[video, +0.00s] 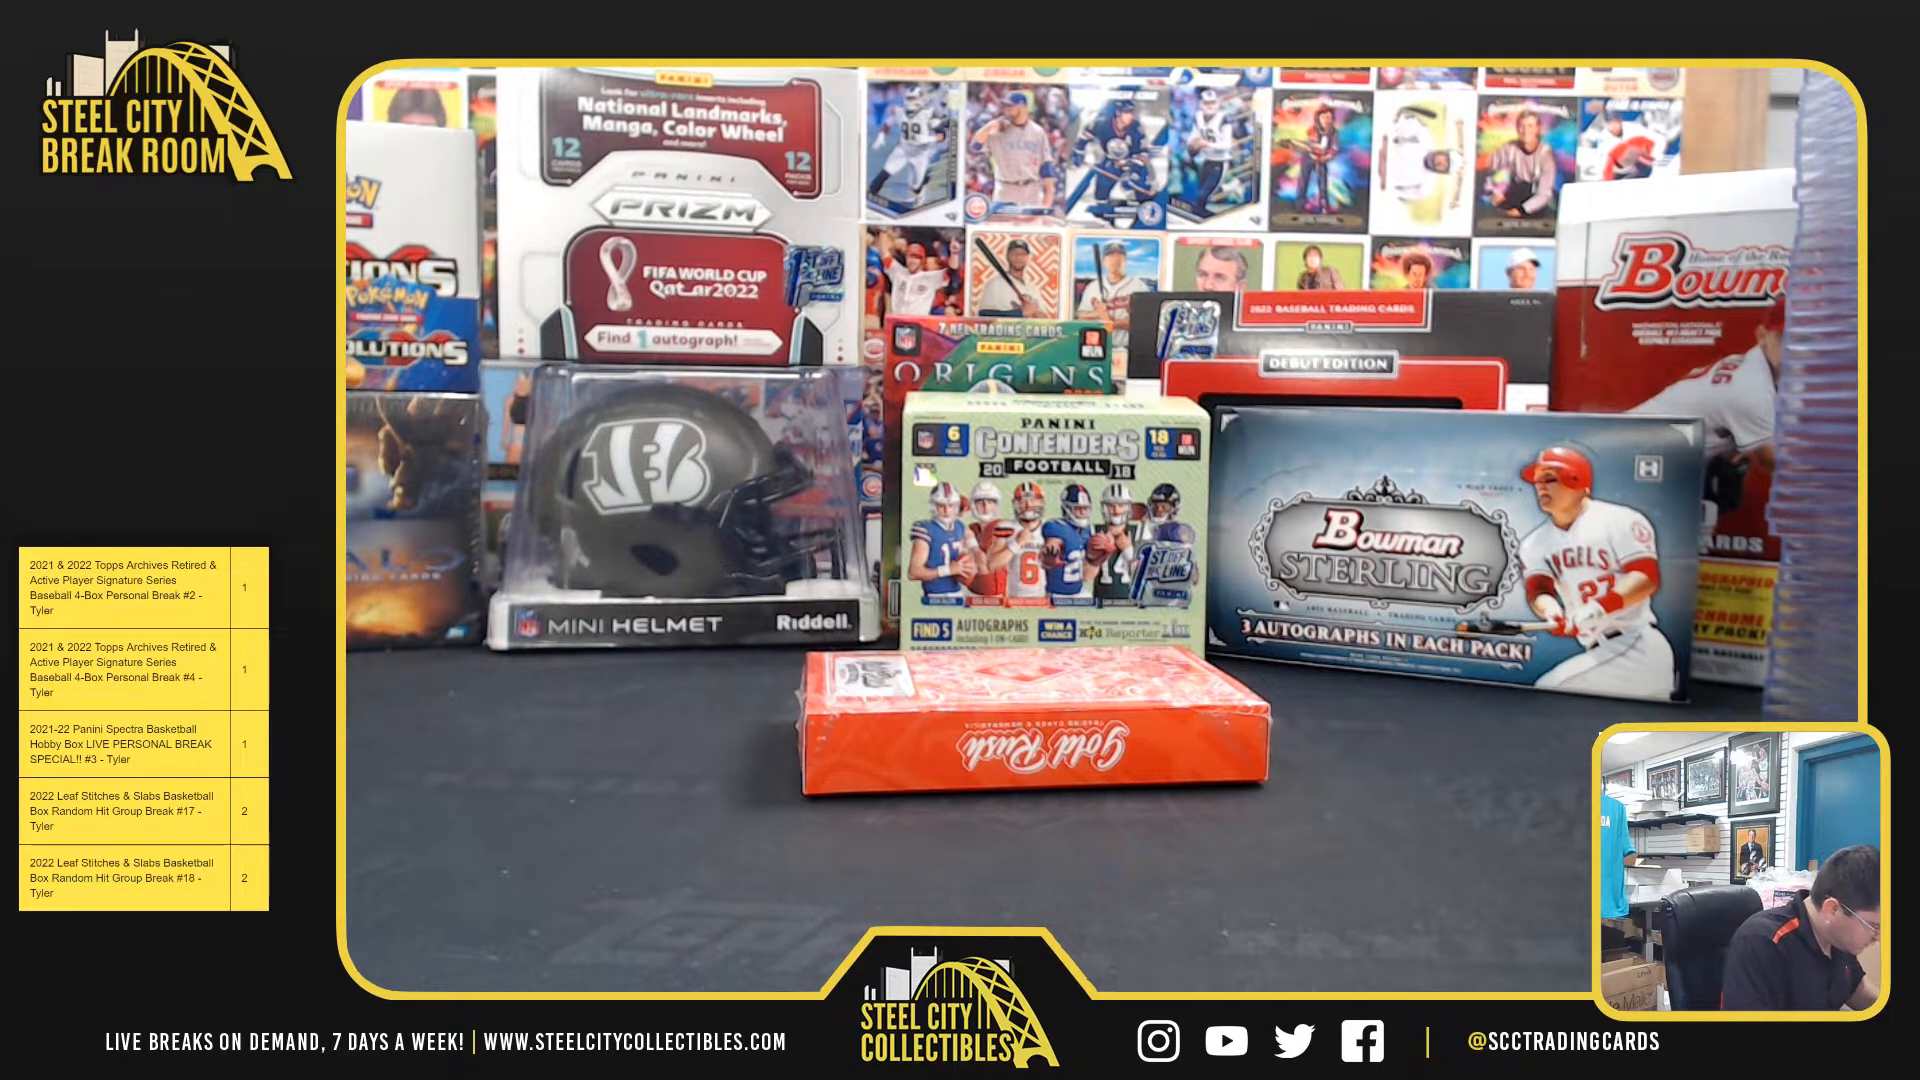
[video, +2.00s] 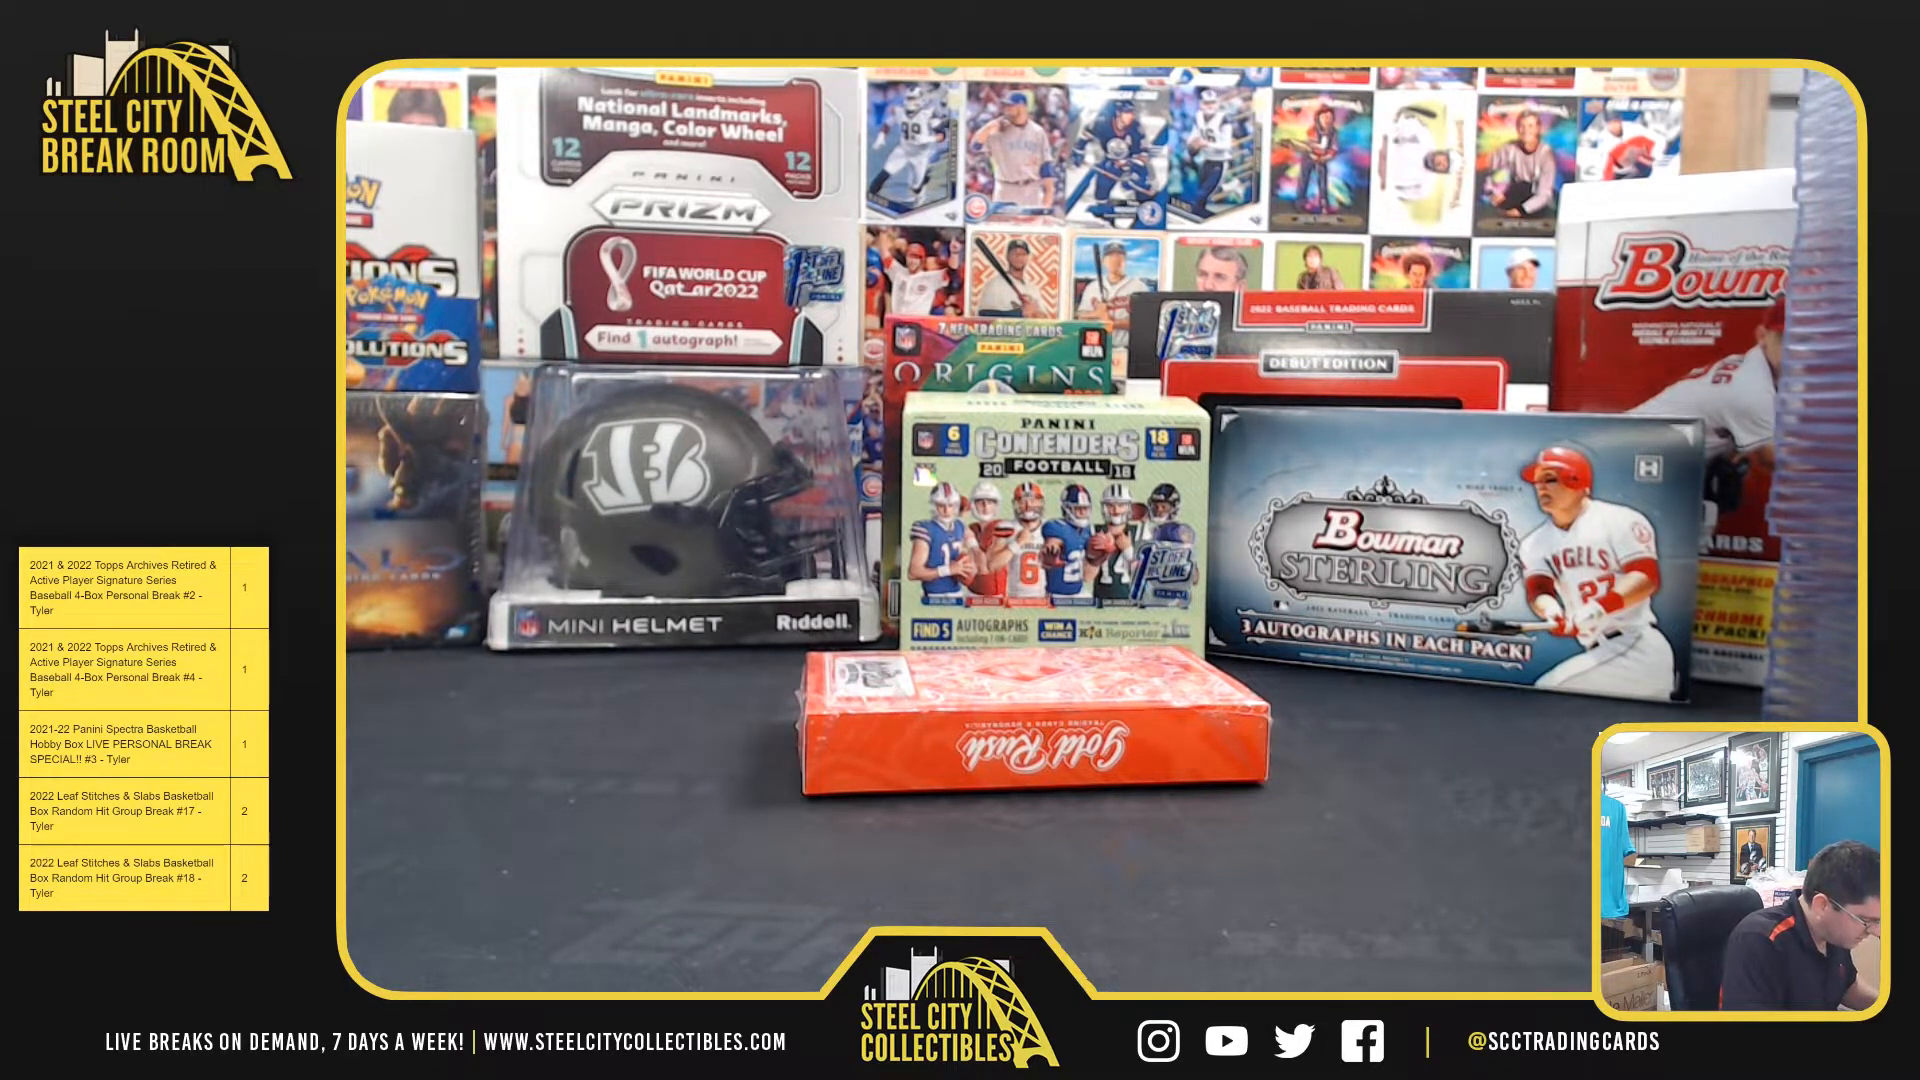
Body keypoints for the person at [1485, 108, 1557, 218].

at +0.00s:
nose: (1526, 131)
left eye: (1530, 126)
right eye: (1522, 126)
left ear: (1538, 129)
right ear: (1517, 129)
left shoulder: (1545, 154)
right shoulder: (1507, 151)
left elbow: (1545, 192)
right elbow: (1491, 178)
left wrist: (1523, 209)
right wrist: (1494, 194)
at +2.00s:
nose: (1526, 130)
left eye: (1531, 126)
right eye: (1522, 126)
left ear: (1539, 129)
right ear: (1517, 130)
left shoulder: (1545, 154)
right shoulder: (1506, 151)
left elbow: (1545, 192)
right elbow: (1490, 179)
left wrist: (1523, 209)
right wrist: (1494, 194)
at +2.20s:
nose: (1526, 130)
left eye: (1531, 126)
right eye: (1522, 126)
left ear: (1539, 129)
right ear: (1517, 130)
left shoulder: (1545, 154)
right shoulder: (1506, 151)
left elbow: (1545, 192)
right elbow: (1490, 179)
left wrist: (1523, 209)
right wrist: (1494, 194)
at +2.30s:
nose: (1526, 130)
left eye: (1531, 126)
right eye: (1522, 126)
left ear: (1539, 129)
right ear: (1517, 130)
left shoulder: (1545, 154)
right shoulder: (1506, 151)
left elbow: (1545, 192)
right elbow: (1490, 179)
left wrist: (1523, 209)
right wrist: (1494, 194)